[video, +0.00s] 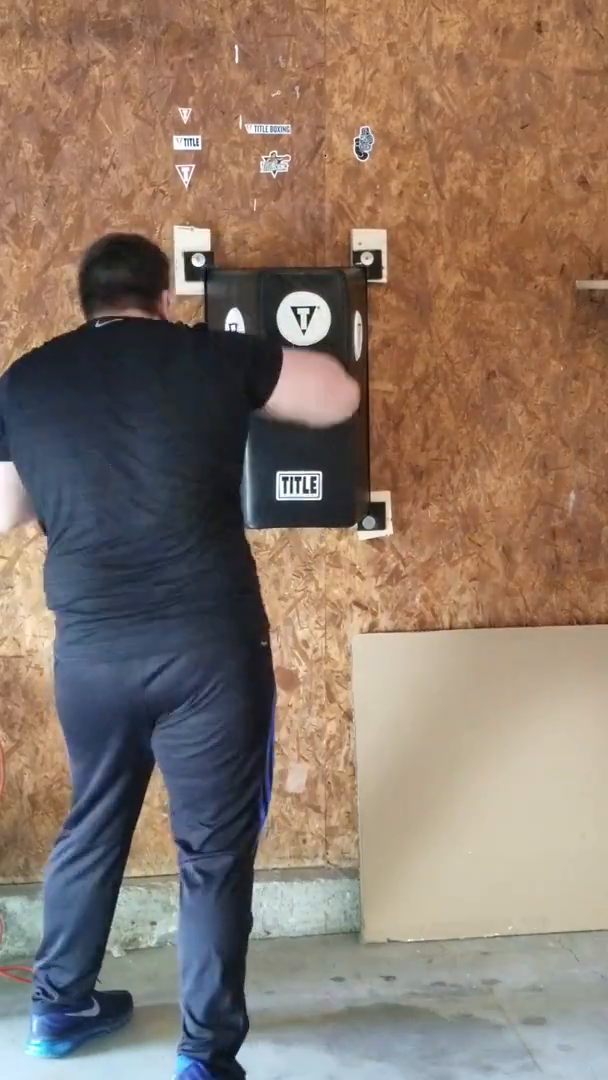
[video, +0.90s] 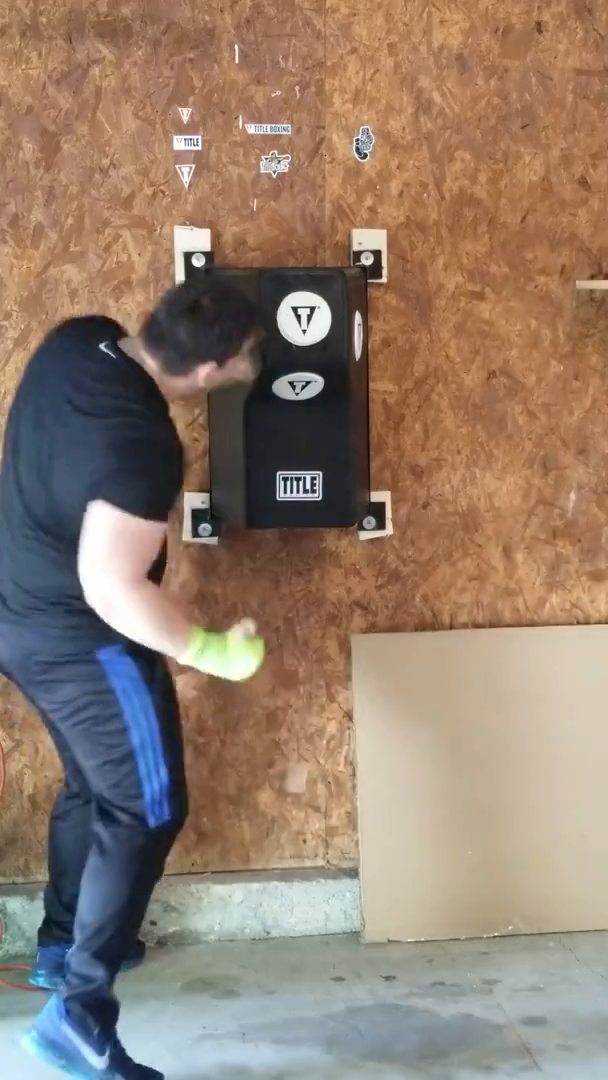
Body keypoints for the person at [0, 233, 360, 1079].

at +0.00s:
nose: (165, 300)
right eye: (166, 290)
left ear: (83, 303)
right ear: (164, 296)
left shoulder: (22, 381)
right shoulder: (214, 356)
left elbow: (17, 511)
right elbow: (338, 396)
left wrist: (81, 478)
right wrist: (246, 362)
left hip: (91, 651)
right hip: (209, 642)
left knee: (92, 820)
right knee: (213, 855)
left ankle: (60, 1004)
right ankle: (208, 1048)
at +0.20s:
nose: (229, 310)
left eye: (228, 299)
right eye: (230, 299)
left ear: (140, 280)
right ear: (216, 296)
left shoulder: (44, 349)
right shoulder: (205, 361)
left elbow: (2, 425)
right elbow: (285, 467)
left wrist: (77, 394)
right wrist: (253, 377)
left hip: (58, 637)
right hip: (155, 640)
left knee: (104, 808)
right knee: (203, 838)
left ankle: (63, 1004)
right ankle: (204, 1048)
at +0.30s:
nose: (238, 319)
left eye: (236, 307)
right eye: (240, 307)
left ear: (157, 278)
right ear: (224, 305)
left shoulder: (83, 332)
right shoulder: (183, 364)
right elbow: (266, 466)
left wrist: (207, 369)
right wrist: (250, 369)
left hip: (46, 623)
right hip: (126, 634)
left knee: (99, 798)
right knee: (197, 822)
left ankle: (65, 1002)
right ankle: (168, 1042)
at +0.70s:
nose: (256, 378)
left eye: (258, 364)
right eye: (259, 366)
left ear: (188, 318)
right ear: (231, 367)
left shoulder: (141, 362)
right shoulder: (119, 403)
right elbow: (157, 545)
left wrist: (208, 467)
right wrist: (247, 462)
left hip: (85, 619)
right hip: (50, 627)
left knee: (118, 773)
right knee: (102, 834)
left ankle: (80, 935)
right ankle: (53, 1040)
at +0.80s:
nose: (249, 387)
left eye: (254, 375)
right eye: (247, 377)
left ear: (183, 333)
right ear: (216, 379)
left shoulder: (128, 361)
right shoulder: (113, 426)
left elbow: (198, 409)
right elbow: (112, 575)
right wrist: (224, 573)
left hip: (72, 621)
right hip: (58, 635)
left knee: (100, 798)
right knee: (120, 826)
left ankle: (69, 938)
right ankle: (59, 1035)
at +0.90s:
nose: (249, 365)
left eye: (251, 354)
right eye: (250, 355)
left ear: (162, 313)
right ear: (221, 362)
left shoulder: (81, 336)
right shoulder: (138, 451)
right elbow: (112, 589)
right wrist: (205, 647)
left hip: (25, 608)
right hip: (76, 633)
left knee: (92, 783)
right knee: (147, 809)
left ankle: (63, 947)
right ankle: (79, 1013)